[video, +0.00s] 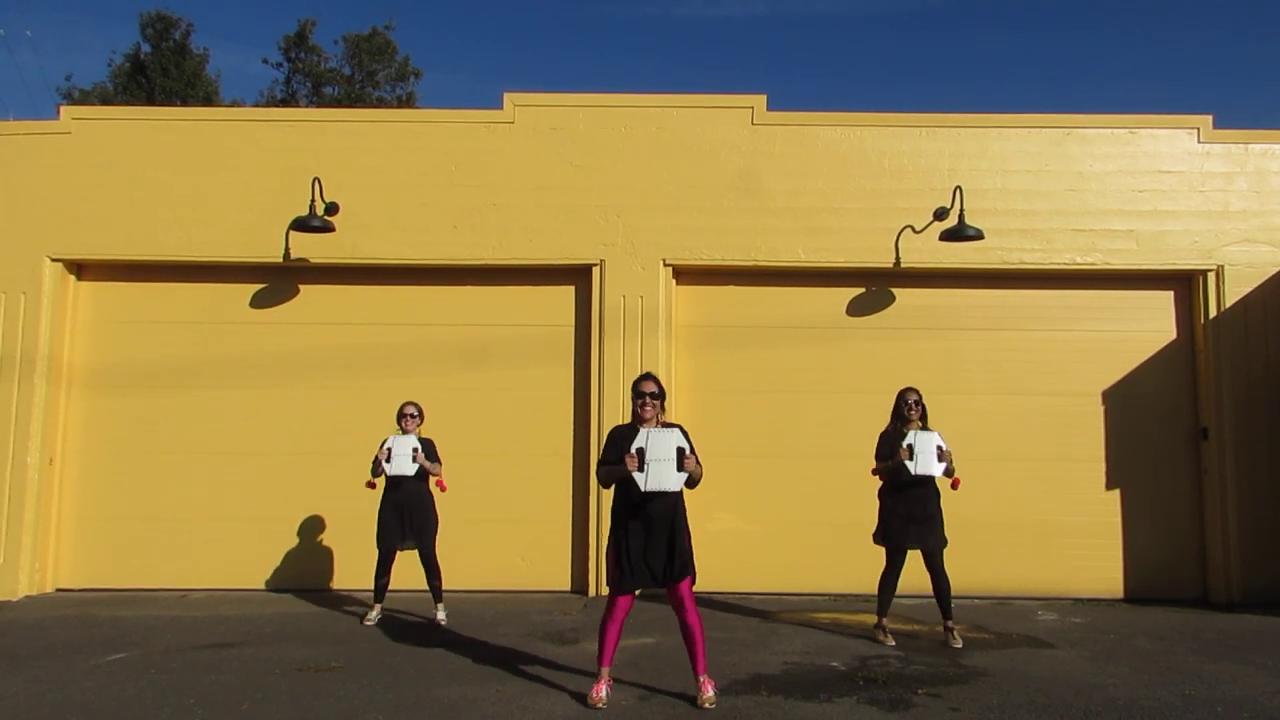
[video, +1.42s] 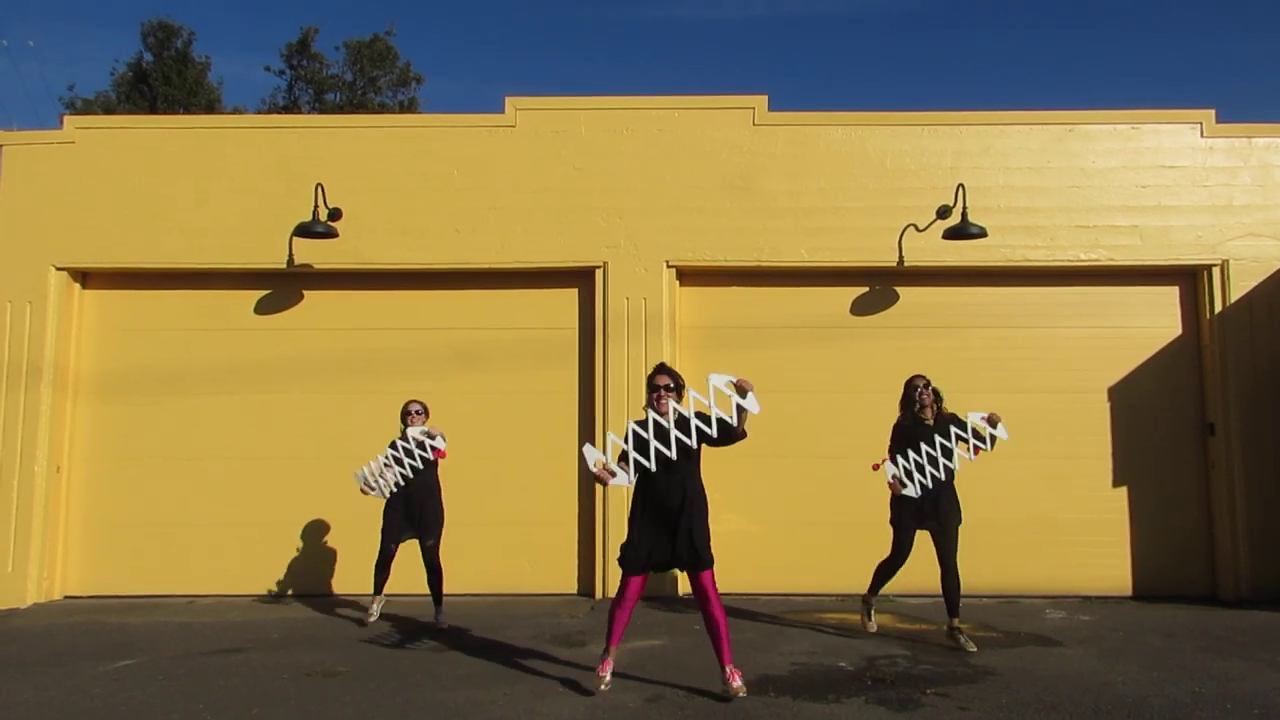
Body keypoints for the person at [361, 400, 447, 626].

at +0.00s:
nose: (408, 420)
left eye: (413, 416)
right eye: (404, 416)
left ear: (420, 419)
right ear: (399, 420)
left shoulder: (426, 444)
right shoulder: (390, 443)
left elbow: (437, 470)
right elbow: (375, 473)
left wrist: (423, 461)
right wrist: (380, 460)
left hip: (421, 507)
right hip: (392, 507)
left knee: (427, 555)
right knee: (385, 556)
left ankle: (439, 606)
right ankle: (376, 606)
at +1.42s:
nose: (413, 417)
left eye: (418, 413)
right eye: (408, 414)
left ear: (426, 418)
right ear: (402, 419)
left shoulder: (432, 441)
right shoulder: (396, 446)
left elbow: (439, 449)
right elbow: (385, 473)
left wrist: (430, 435)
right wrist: (372, 485)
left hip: (428, 505)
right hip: (399, 505)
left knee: (431, 557)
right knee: (386, 554)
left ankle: (439, 610)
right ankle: (376, 600)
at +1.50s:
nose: (416, 417)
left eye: (420, 413)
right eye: (411, 414)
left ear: (428, 416)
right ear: (407, 419)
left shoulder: (437, 437)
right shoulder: (401, 446)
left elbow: (447, 429)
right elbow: (389, 480)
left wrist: (451, 411)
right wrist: (370, 499)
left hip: (431, 503)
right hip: (402, 503)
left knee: (433, 558)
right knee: (384, 554)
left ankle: (439, 612)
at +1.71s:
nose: (418, 418)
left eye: (422, 414)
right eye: (414, 415)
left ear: (429, 418)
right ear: (407, 420)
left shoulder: (436, 440)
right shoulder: (402, 448)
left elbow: (450, 432)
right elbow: (391, 477)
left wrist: (449, 414)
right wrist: (373, 494)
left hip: (434, 505)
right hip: (406, 505)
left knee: (437, 558)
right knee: (381, 550)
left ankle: (445, 612)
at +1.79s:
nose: (413, 418)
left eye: (418, 415)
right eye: (409, 415)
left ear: (427, 418)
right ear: (404, 420)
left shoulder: (435, 439)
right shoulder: (400, 447)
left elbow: (443, 445)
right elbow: (389, 469)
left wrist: (429, 439)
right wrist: (378, 480)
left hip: (432, 504)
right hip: (404, 504)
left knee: (436, 556)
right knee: (385, 552)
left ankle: (447, 609)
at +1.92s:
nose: (412, 431)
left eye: (417, 427)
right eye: (408, 428)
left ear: (424, 432)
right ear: (403, 432)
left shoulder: (430, 457)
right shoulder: (396, 457)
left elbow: (439, 476)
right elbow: (385, 484)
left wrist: (427, 472)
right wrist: (380, 474)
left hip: (428, 516)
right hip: (400, 515)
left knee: (433, 569)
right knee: (389, 567)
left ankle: (448, 616)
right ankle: (389, 615)